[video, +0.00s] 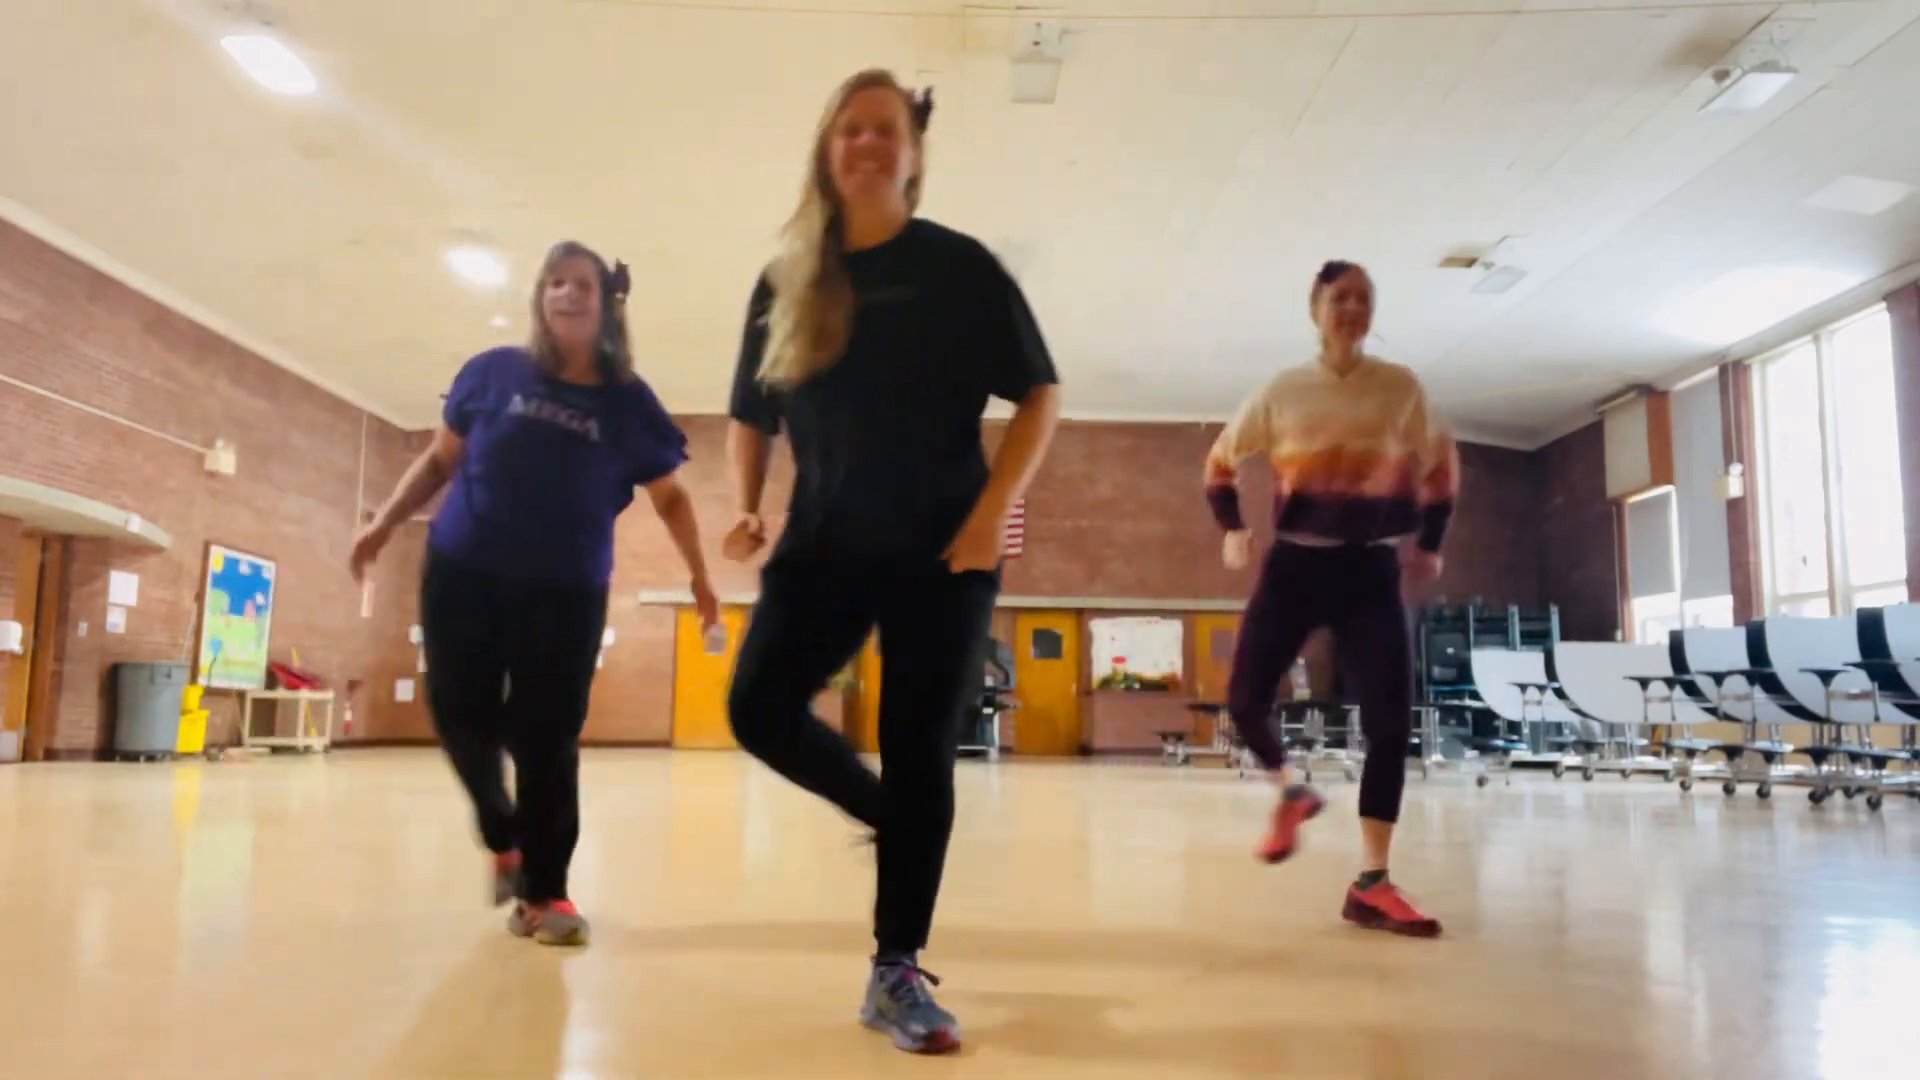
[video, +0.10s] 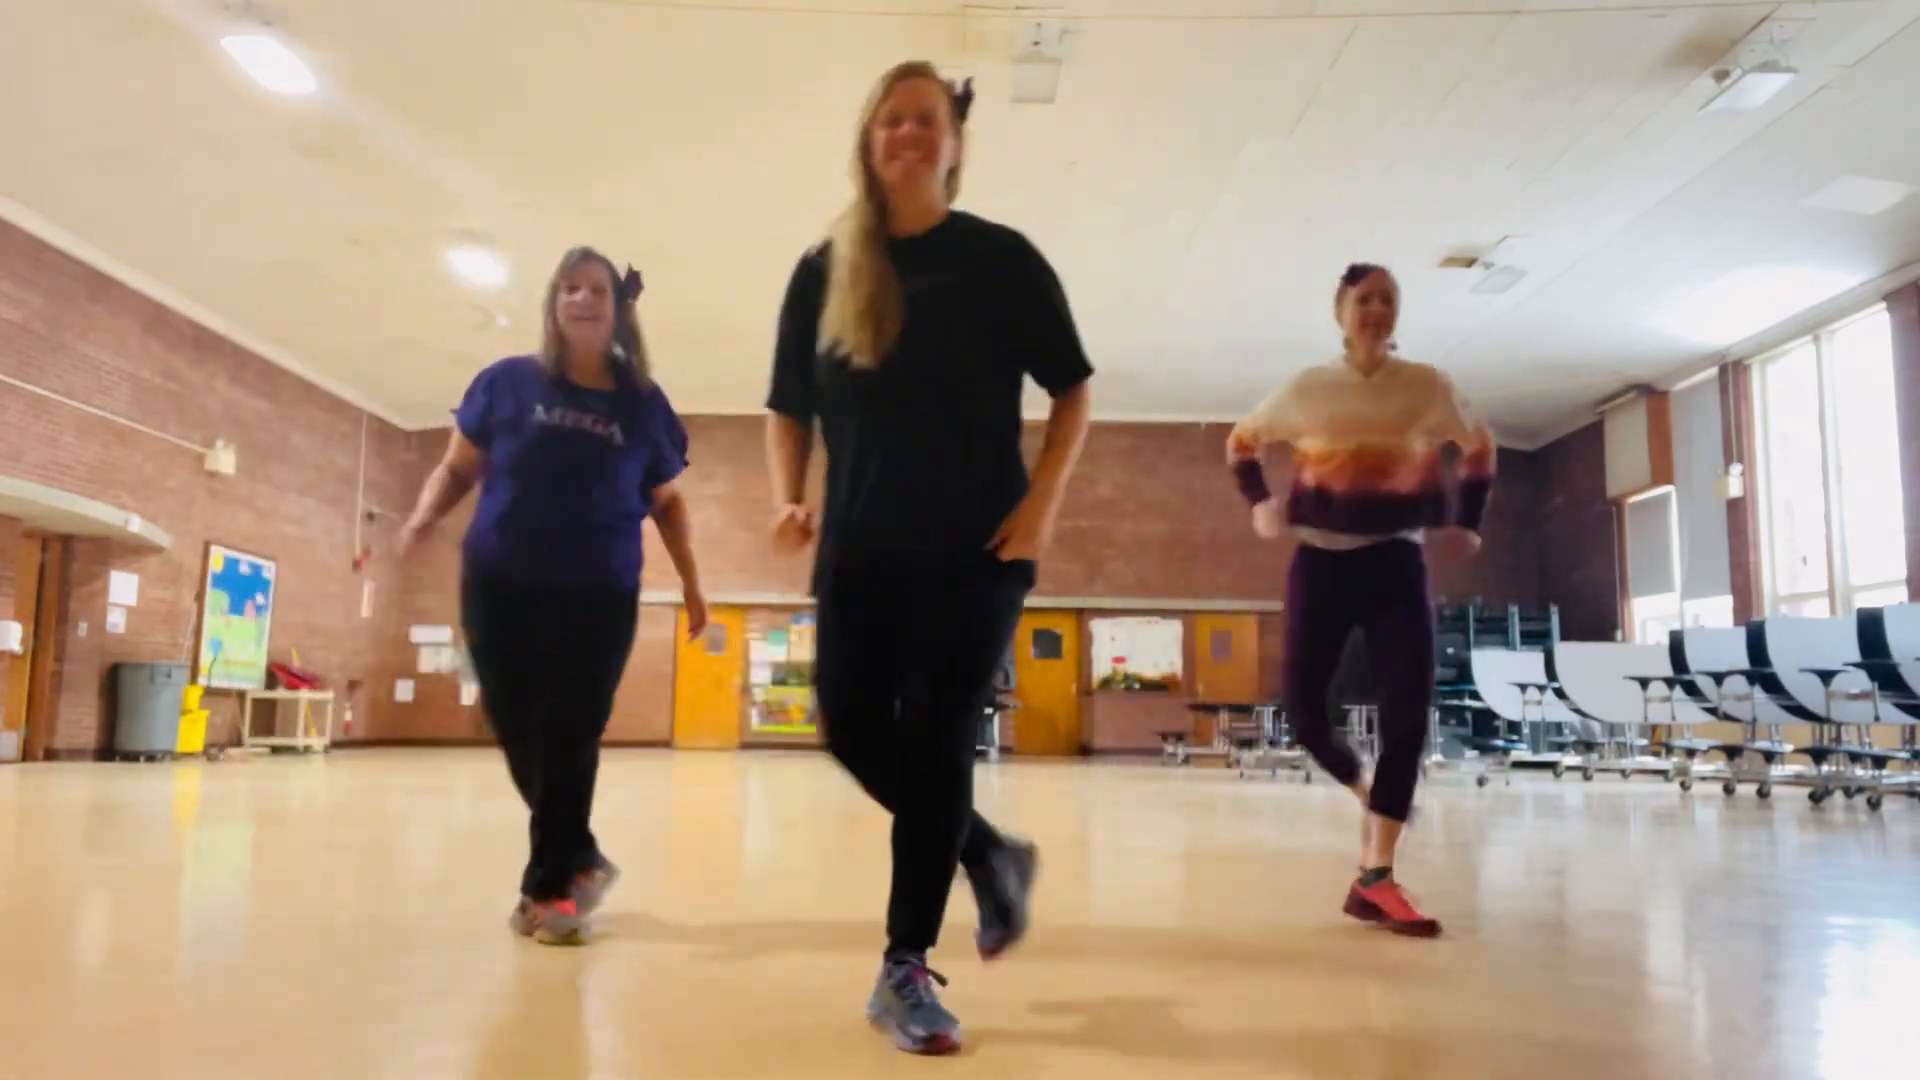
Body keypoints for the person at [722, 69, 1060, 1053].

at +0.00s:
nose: (867, 142)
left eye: (885, 129)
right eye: (851, 129)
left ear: (917, 151)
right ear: (824, 150)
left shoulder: (965, 268)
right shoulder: (788, 280)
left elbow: (1039, 398)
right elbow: (754, 409)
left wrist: (992, 511)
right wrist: (747, 503)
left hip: (942, 547)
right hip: (826, 542)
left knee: (916, 756)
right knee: (760, 714)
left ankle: (896, 971)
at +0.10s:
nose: (908, 133)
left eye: (926, 120)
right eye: (892, 119)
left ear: (957, 140)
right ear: (866, 140)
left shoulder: (1006, 261)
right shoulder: (828, 268)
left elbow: (1072, 387)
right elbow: (790, 399)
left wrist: (1041, 501)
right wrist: (789, 496)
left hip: (975, 543)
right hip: (861, 540)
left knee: (940, 745)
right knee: (850, 729)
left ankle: (905, 969)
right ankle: (988, 853)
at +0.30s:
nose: (965, 149)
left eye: (982, 136)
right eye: (950, 138)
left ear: (1014, 156)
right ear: (927, 159)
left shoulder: (1065, 264)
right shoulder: (894, 285)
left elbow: (1127, 390)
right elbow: (849, 421)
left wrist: (1131, 497)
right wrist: (862, 502)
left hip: (1052, 540)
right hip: (934, 550)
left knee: (1075, 727)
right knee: (976, 749)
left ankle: (1027, 907)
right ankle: (1029, 945)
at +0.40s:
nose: (998, 144)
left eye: (1014, 131)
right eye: (982, 132)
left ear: (1044, 153)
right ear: (957, 155)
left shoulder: (1096, 254)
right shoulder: (926, 279)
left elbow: (1163, 368)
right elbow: (882, 414)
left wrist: (1162, 464)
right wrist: (898, 483)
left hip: (1080, 524)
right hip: (966, 535)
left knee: (1145, 645)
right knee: (992, 746)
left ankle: (1131, 834)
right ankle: (1027, 941)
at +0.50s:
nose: (1031, 130)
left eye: (1048, 118)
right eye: (1017, 118)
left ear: (1077, 137)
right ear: (992, 142)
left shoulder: (1132, 238)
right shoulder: (959, 262)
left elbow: (1195, 349)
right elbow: (913, 390)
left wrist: (1184, 457)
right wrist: (931, 459)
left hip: (1111, 512)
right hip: (995, 521)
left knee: (1201, 663)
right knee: (1004, 734)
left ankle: (1207, 845)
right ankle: (1024, 936)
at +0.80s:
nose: (1136, 176)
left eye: (1153, 163)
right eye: (1121, 165)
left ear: (1185, 182)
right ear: (1099, 189)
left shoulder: (1240, 286)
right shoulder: (1074, 307)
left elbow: (1328, 389)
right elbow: (992, 426)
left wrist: (1293, 378)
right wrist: (1030, 371)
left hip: (1230, 564)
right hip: (1108, 567)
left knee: (1260, 766)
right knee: (1051, 763)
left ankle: (1290, 954)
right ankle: (1033, 946)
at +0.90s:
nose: (1156, 130)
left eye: (1172, 117)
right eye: (1140, 119)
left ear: (1202, 136)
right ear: (1114, 143)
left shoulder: (1257, 229)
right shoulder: (1095, 250)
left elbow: (1322, 332)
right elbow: (1046, 348)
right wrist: (1026, 230)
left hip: (1246, 511)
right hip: (1124, 512)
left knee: (1267, 720)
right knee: (1087, 711)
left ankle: (1293, 928)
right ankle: (1079, 914)